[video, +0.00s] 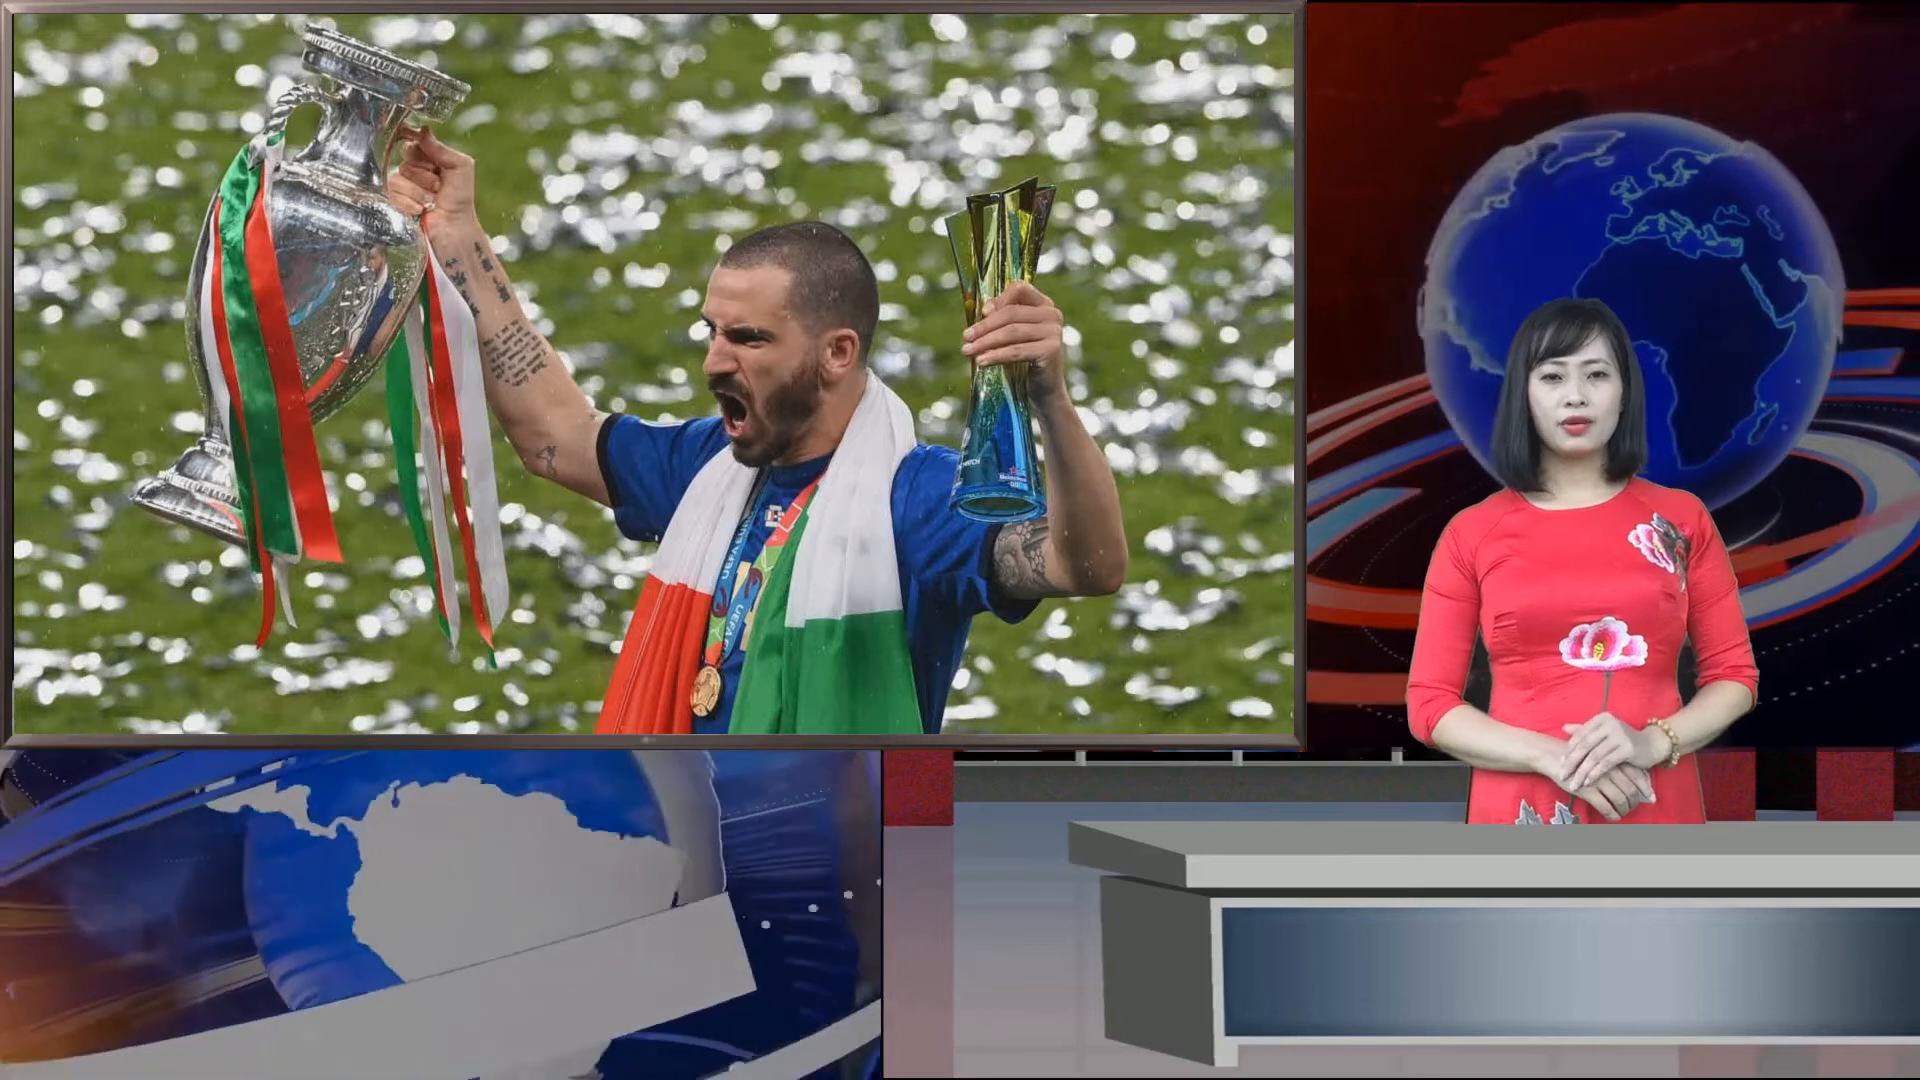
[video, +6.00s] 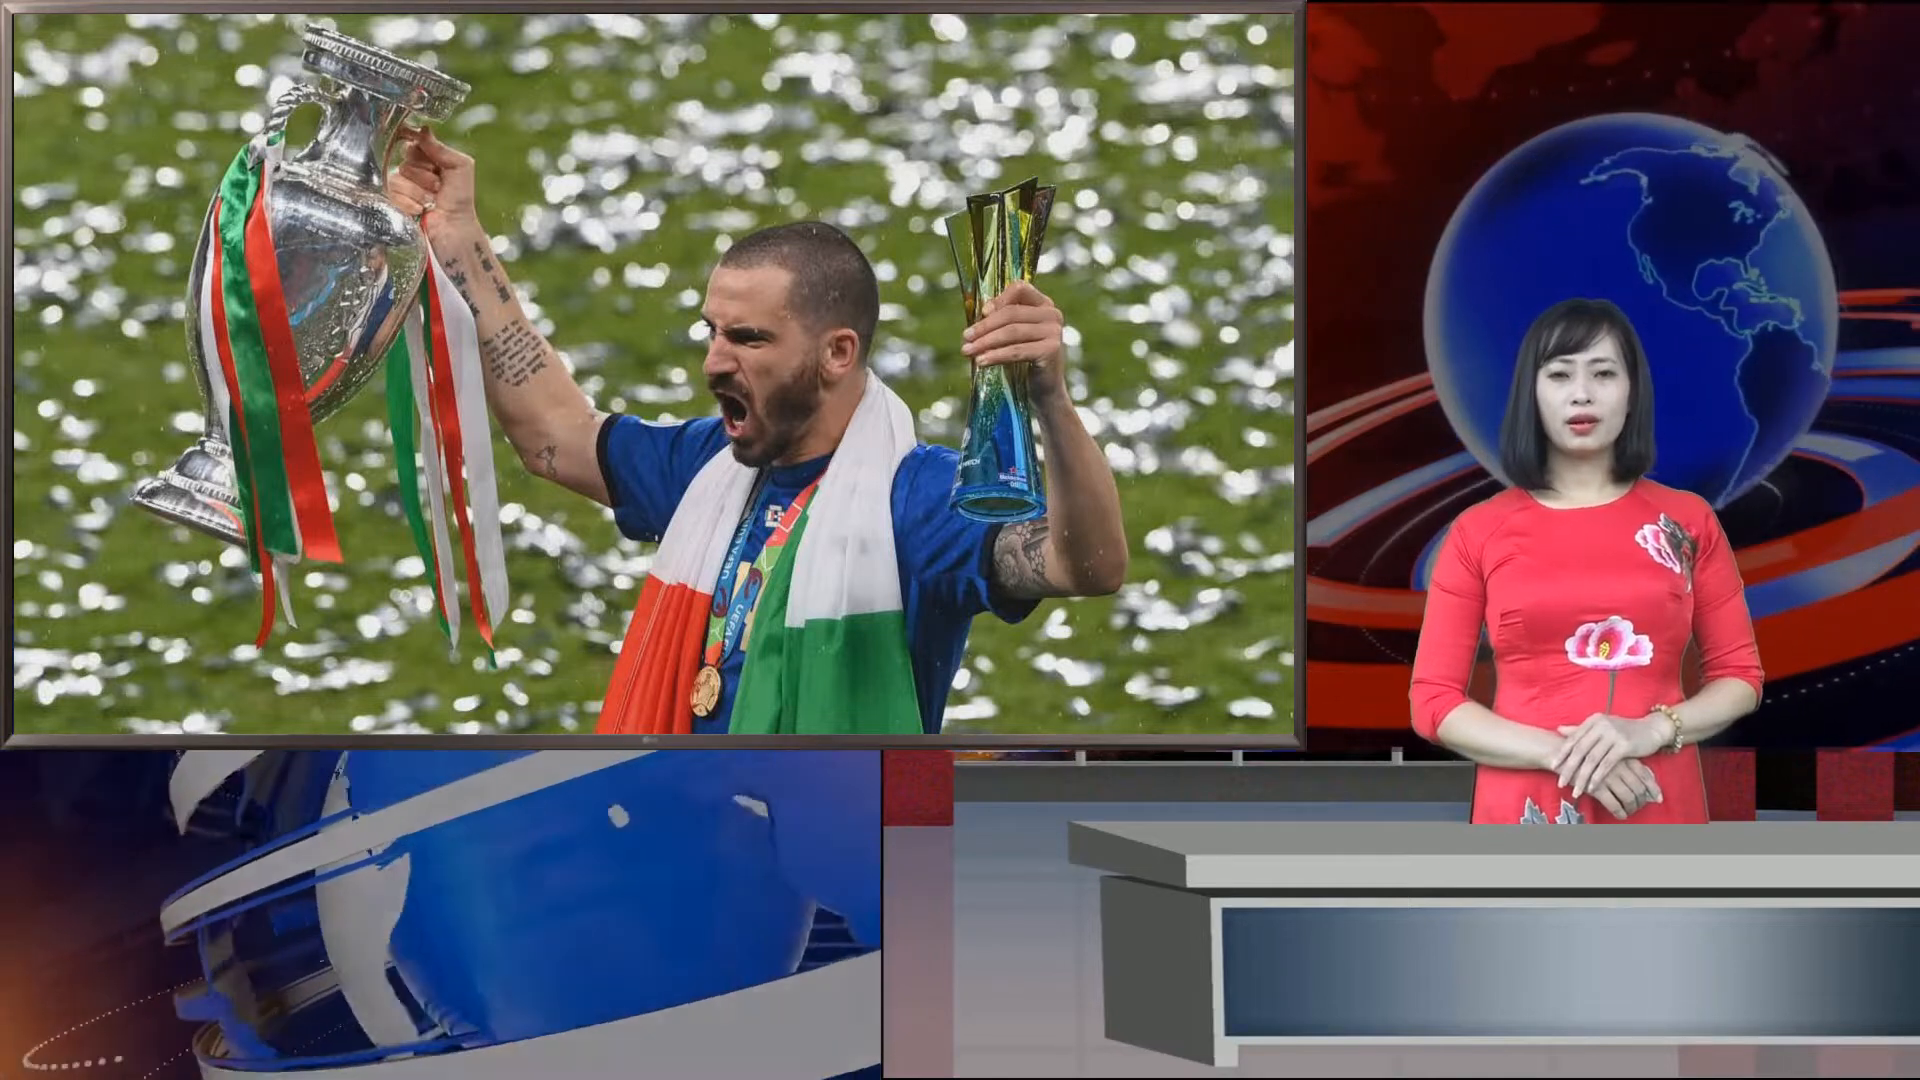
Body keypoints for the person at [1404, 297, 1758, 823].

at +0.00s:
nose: (1575, 395)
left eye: (1597, 375)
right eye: (1553, 377)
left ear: (1624, 392)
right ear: (1524, 394)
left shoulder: (1680, 520)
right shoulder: (1473, 536)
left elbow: (1734, 679)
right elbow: (1430, 704)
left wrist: (1652, 741)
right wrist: (1551, 753)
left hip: (1659, 825)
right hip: (1518, 827)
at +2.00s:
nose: (1577, 394)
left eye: (1598, 374)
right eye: (1555, 375)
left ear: (1625, 392)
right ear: (1525, 393)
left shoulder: (1680, 520)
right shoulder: (1473, 535)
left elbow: (1733, 677)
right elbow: (1430, 704)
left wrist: (1653, 738)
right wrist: (1558, 753)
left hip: (1659, 823)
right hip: (1519, 825)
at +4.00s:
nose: (1580, 394)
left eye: (1601, 374)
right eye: (1558, 375)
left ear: (1628, 391)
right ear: (1530, 393)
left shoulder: (1684, 521)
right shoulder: (1479, 533)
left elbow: (1738, 679)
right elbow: (1432, 702)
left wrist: (1650, 728)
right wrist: (1567, 753)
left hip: (1662, 823)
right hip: (1521, 824)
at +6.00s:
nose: (1581, 393)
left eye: (1603, 374)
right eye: (1560, 375)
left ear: (1632, 392)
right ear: (1532, 392)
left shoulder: (1687, 522)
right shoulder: (1479, 533)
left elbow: (1740, 680)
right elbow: (1433, 701)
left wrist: (1653, 729)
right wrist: (1568, 753)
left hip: (1663, 824)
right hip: (1522, 825)